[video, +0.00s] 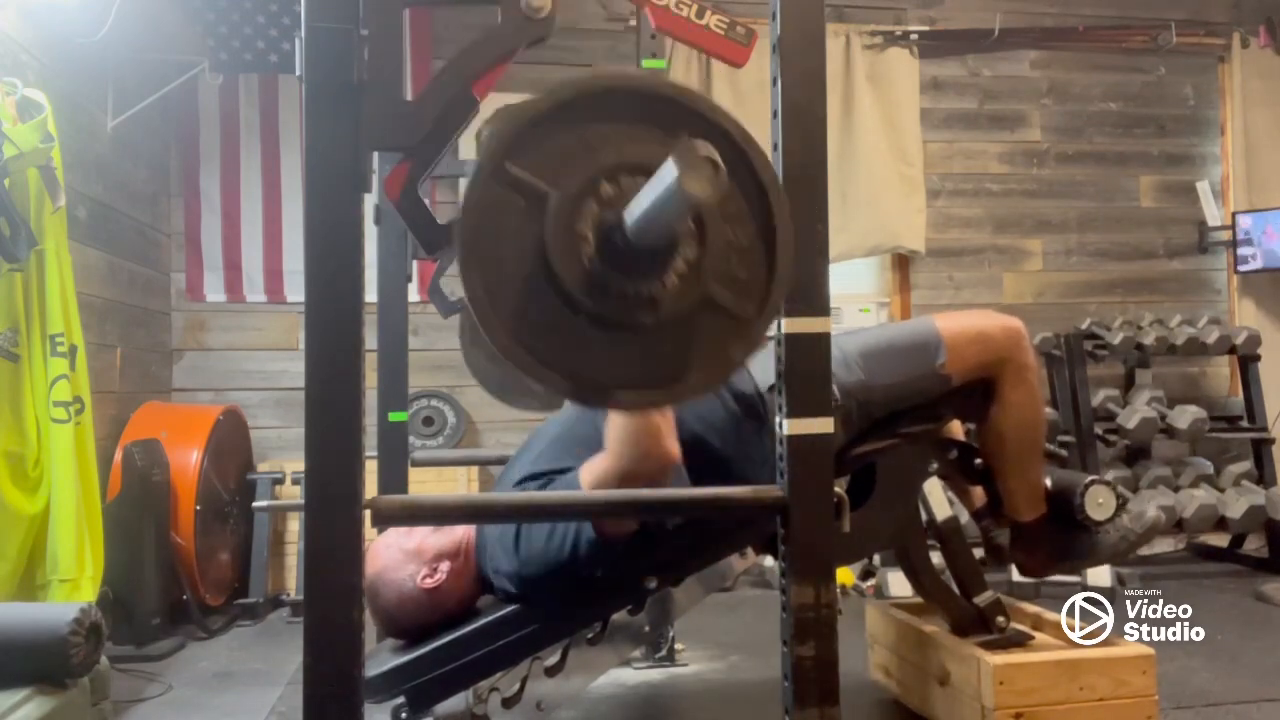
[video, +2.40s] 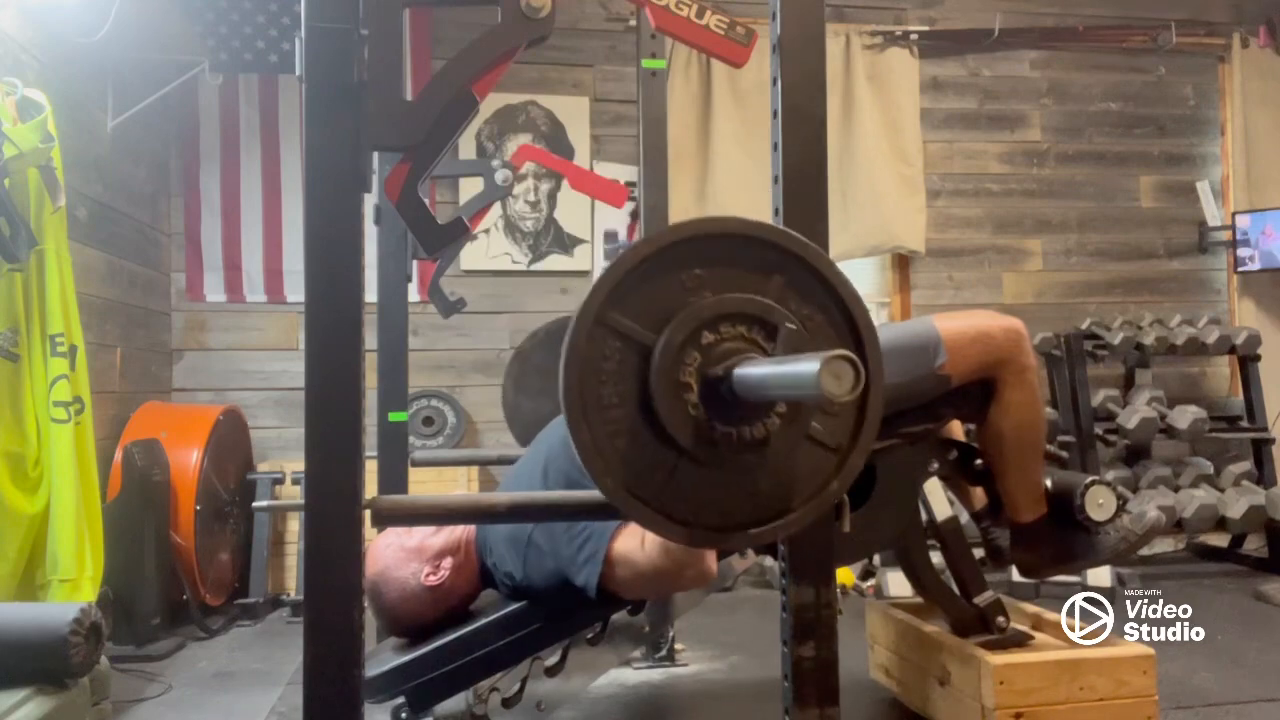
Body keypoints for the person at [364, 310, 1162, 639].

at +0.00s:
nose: (417, 532)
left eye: (399, 535)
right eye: (415, 551)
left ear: (426, 542)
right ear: (446, 580)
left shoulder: (496, 497)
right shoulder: (525, 549)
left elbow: (621, 427)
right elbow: (649, 457)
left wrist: (595, 308)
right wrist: (619, 319)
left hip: (745, 374)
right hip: (769, 427)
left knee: (944, 322)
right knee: (1004, 341)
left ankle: (978, 474)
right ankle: (1031, 527)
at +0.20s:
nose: (418, 531)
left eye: (400, 535)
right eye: (416, 550)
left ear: (425, 541)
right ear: (447, 578)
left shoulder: (500, 487)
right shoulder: (525, 544)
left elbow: (577, 424)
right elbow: (655, 529)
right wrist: (680, 396)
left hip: (708, 403)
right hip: (750, 446)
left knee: (945, 328)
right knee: (1003, 342)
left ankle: (989, 478)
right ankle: (1032, 525)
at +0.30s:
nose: (418, 525)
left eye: (400, 532)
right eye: (418, 544)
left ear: (426, 553)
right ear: (448, 575)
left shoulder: (485, 501)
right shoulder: (526, 543)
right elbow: (671, 542)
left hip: (695, 414)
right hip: (753, 441)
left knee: (910, 318)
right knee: (1002, 340)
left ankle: (980, 470)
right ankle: (1031, 525)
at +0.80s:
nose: (421, 533)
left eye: (403, 536)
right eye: (418, 551)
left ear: (427, 541)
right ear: (447, 578)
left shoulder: (500, 496)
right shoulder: (530, 551)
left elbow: (594, 410)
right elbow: (656, 484)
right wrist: (656, 362)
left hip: (734, 384)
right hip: (761, 433)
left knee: (958, 330)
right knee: (1007, 343)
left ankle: (986, 482)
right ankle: (1032, 526)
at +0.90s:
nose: (422, 534)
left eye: (403, 536)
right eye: (418, 551)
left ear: (428, 539)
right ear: (447, 579)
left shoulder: (502, 495)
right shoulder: (526, 550)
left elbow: (620, 426)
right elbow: (641, 449)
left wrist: (604, 306)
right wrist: (613, 320)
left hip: (750, 379)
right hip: (769, 431)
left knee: (960, 330)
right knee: (1007, 343)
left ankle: (986, 484)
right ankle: (1031, 527)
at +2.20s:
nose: (421, 530)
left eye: (402, 534)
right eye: (418, 550)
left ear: (425, 539)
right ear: (447, 578)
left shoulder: (494, 502)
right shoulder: (530, 540)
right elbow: (681, 527)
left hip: (725, 382)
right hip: (755, 429)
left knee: (940, 322)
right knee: (1004, 340)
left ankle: (982, 466)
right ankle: (1032, 528)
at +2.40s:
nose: (420, 527)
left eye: (402, 533)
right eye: (419, 546)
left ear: (426, 540)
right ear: (448, 575)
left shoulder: (498, 493)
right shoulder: (530, 541)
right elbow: (685, 562)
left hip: (715, 387)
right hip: (757, 433)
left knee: (894, 308)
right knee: (1003, 339)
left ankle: (974, 460)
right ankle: (1032, 526)